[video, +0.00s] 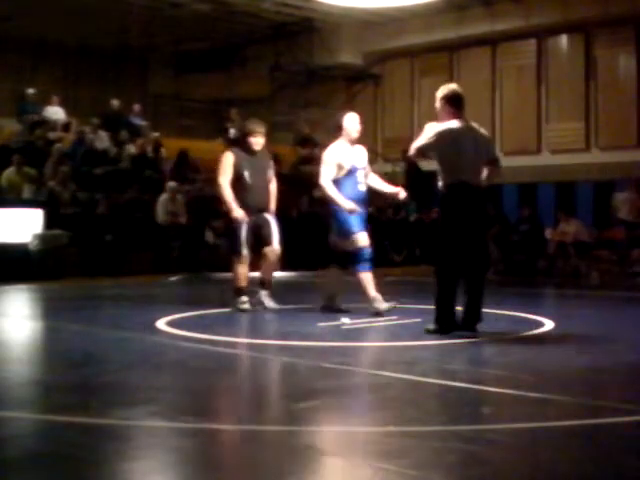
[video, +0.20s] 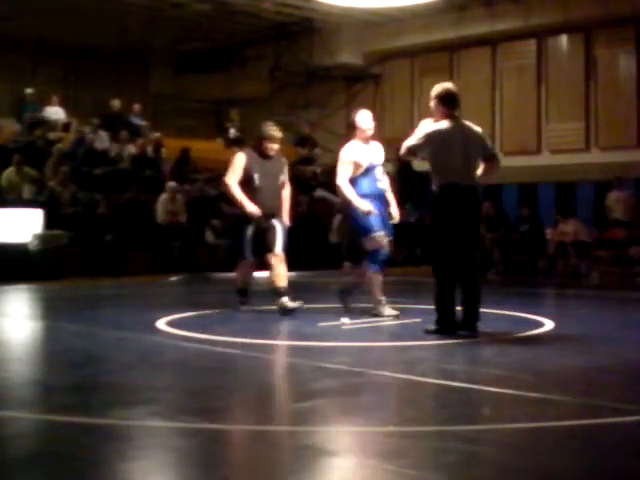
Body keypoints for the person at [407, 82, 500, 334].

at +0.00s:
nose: (436, 111)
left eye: (438, 106)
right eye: (437, 106)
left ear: (445, 107)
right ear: (462, 106)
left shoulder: (438, 131)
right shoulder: (479, 133)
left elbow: (414, 153)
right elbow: (494, 165)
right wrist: (481, 184)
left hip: (449, 198)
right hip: (475, 197)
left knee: (447, 258)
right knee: (475, 259)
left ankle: (444, 319)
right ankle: (471, 319)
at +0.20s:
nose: (429, 108)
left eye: (432, 103)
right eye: (430, 103)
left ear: (440, 106)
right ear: (456, 106)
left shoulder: (432, 131)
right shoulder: (472, 131)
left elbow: (405, 152)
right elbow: (493, 160)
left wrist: (419, 129)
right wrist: (476, 180)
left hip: (443, 197)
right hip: (469, 196)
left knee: (444, 260)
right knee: (470, 259)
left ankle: (445, 320)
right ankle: (470, 321)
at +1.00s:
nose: (403, 116)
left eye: (405, 111)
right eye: (404, 111)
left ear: (410, 112)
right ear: (429, 111)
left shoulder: (409, 138)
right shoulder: (449, 134)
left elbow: (393, 175)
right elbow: (459, 173)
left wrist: (393, 202)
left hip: (424, 199)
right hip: (449, 197)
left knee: (434, 261)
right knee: (439, 259)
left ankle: (446, 322)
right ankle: (432, 313)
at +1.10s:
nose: (405, 118)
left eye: (406, 113)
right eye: (406, 114)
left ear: (411, 113)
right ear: (431, 111)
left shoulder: (408, 136)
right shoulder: (449, 136)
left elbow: (395, 173)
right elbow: (463, 172)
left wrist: (392, 201)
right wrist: (477, 201)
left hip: (423, 199)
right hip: (450, 198)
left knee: (429, 260)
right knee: (436, 258)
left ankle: (444, 321)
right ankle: (432, 315)